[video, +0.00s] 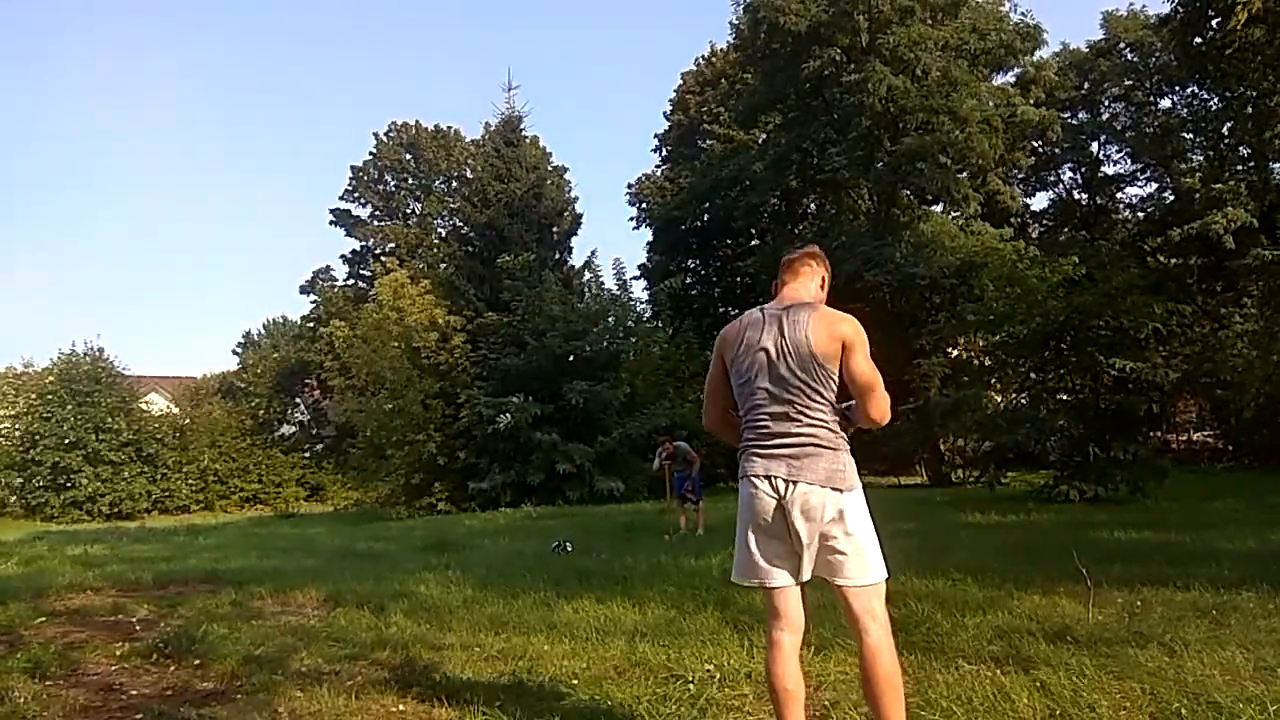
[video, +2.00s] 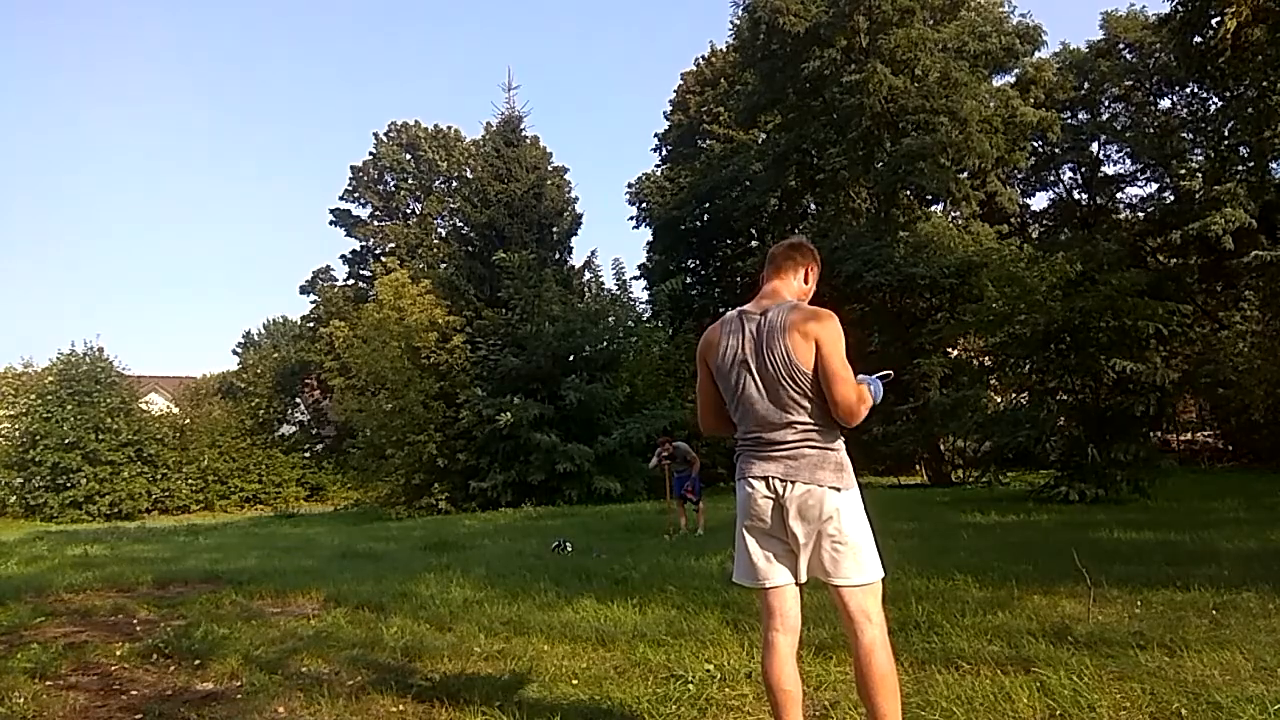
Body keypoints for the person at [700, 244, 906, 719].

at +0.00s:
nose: (826, 292)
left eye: (823, 287)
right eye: (827, 286)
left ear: (776, 284)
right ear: (824, 284)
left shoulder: (732, 332)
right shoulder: (841, 325)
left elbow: (715, 418)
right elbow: (876, 412)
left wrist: (763, 439)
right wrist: (844, 414)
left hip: (759, 486)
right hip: (829, 484)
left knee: (783, 627)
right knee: (872, 622)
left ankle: (791, 718)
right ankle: (891, 716)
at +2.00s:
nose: (814, 290)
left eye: (813, 283)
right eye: (815, 282)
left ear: (764, 275)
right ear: (806, 277)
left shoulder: (713, 336)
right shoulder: (818, 321)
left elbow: (712, 424)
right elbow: (848, 411)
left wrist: (764, 412)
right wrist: (866, 391)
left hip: (755, 489)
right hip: (823, 486)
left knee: (778, 629)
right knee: (867, 625)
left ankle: (789, 719)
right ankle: (887, 716)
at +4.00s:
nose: (839, 275)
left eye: (835, 265)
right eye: (832, 266)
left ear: (783, 277)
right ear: (815, 269)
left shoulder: (751, 324)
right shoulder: (851, 315)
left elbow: (768, 319)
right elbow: (925, 351)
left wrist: (825, 295)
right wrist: (888, 298)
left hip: (783, 480)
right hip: (854, 479)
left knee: (793, 627)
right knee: (882, 628)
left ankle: (795, 719)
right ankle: (895, 717)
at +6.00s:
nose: (895, 282)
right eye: (892, 273)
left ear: (837, 275)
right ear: (884, 276)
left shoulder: (799, 329)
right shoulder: (898, 311)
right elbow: (969, 360)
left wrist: (848, 289)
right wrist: (924, 301)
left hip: (829, 478)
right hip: (897, 477)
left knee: (839, 611)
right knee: (910, 631)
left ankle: (810, 714)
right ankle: (908, 718)